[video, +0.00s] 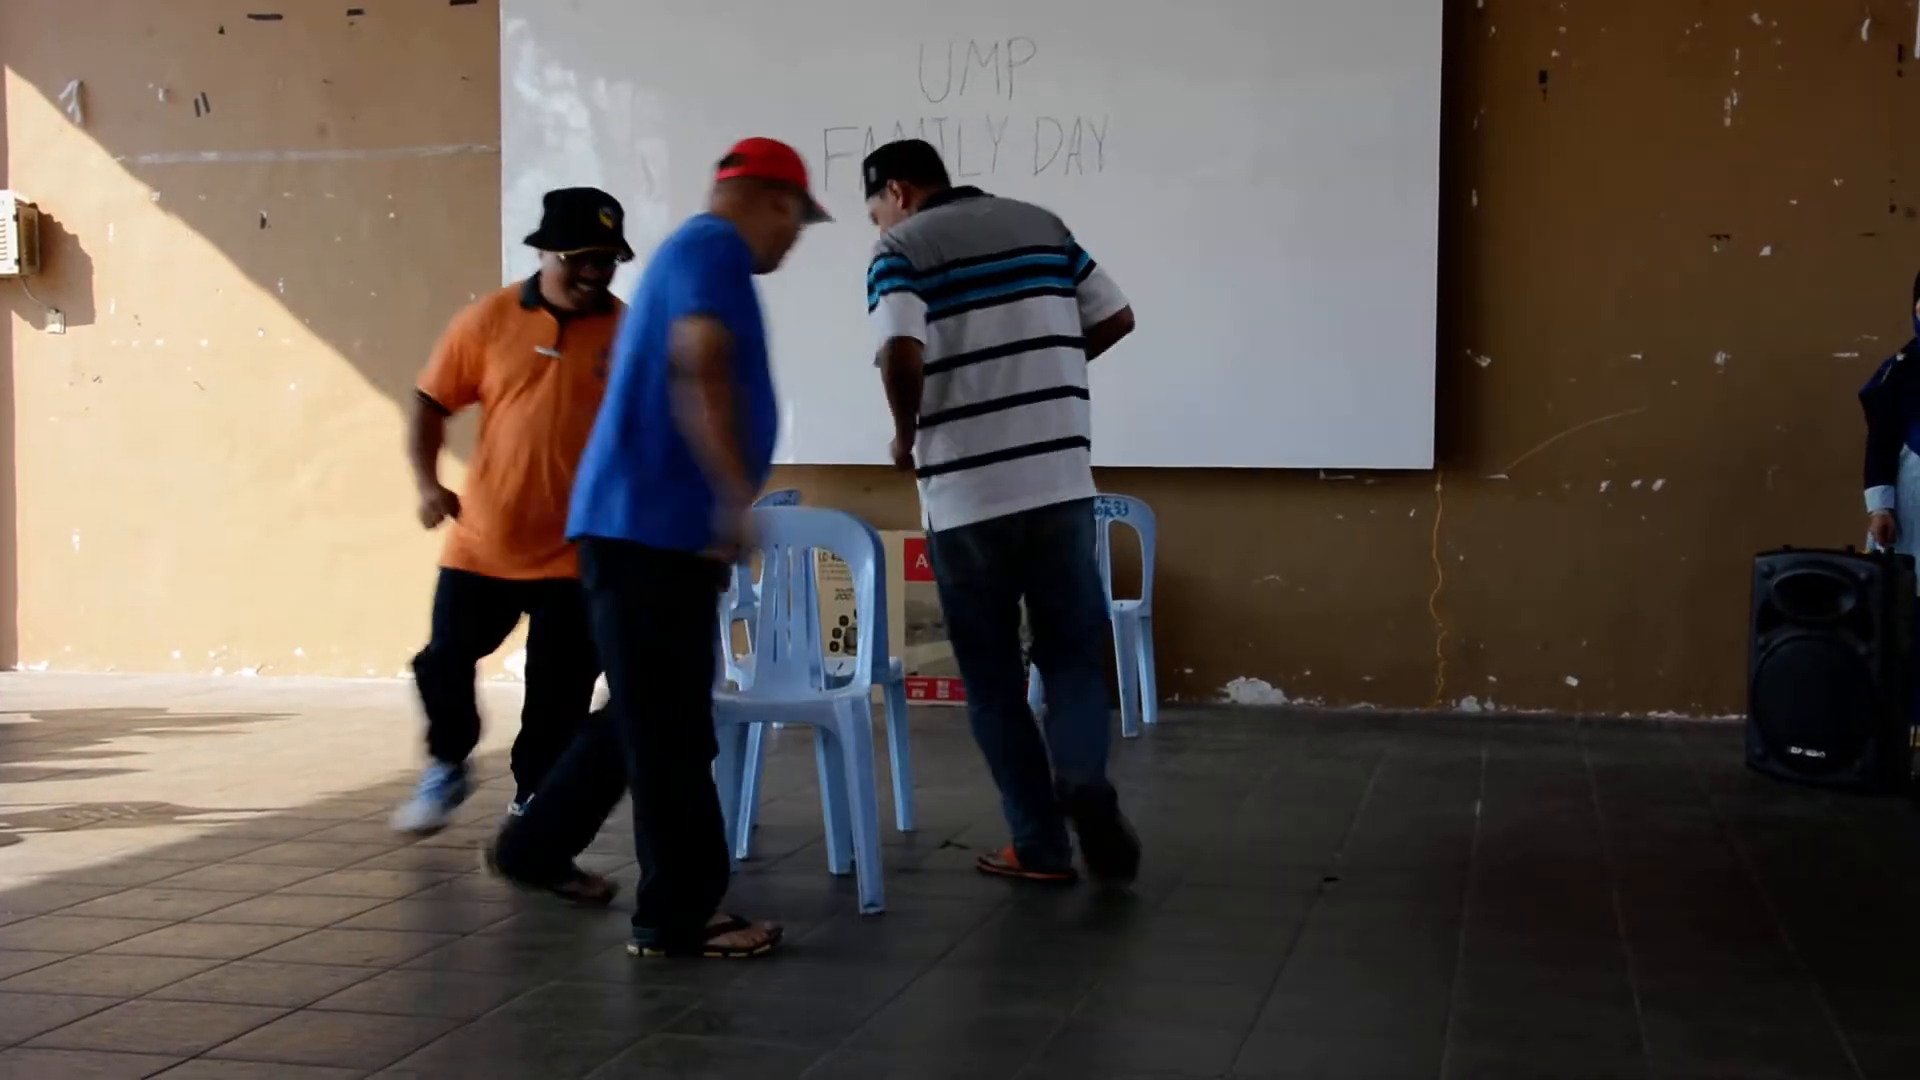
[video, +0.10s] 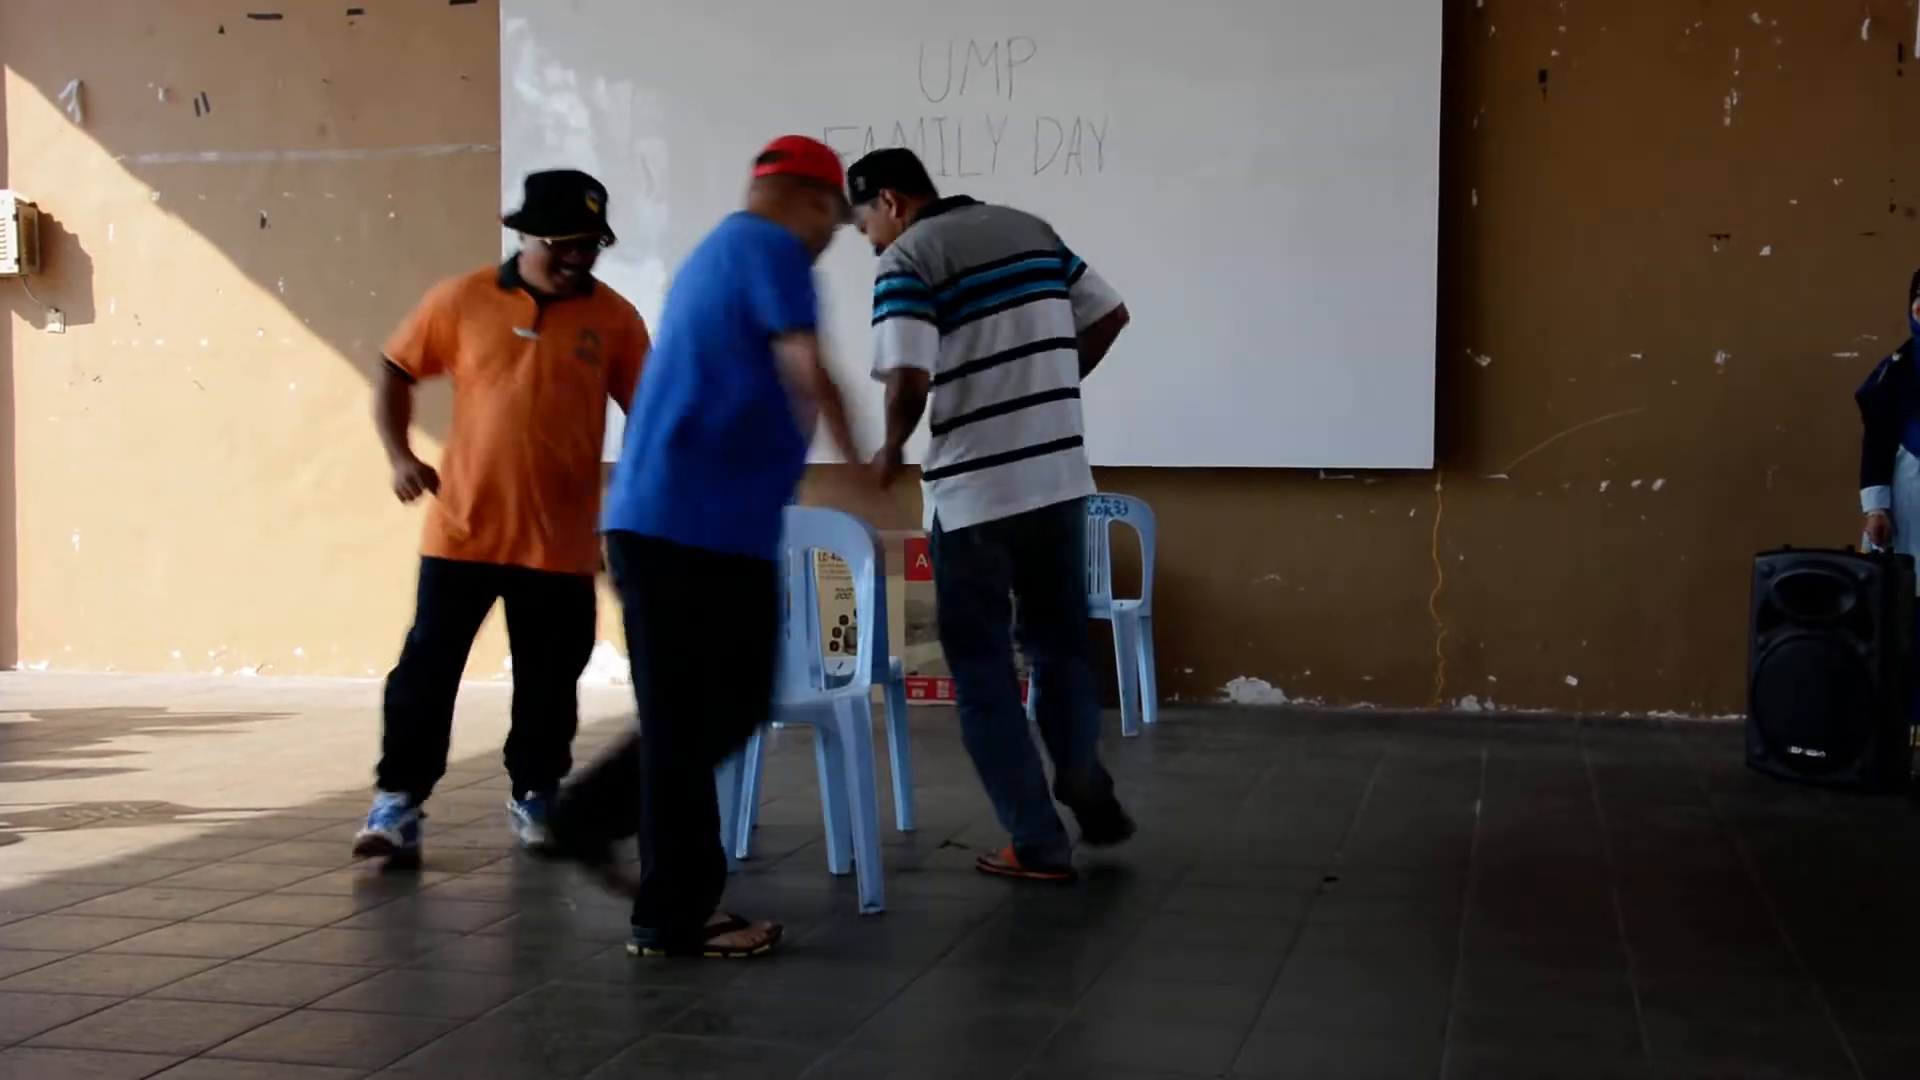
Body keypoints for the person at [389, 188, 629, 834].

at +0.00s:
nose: (594, 272)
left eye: (606, 260)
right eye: (580, 257)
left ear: (618, 262)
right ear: (545, 253)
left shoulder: (627, 335)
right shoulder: (489, 321)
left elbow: (653, 429)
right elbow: (430, 402)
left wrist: (637, 517)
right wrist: (428, 483)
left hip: (578, 544)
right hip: (488, 536)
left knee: (561, 696)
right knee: (443, 662)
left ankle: (539, 821)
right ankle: (449, 765)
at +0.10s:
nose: (582, 254)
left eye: (592, 242)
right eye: (568, 241)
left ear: (601, 243)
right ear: (530, 236)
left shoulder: (613, 320)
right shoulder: (461, 301)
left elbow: (662, 417)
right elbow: (396, 368)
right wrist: (400, 455)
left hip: (560, 535)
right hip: (464, 525)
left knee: (551, 682)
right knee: (426, 668)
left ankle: (538, 799)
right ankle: (398, 803)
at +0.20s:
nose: (556, 268)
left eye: (569, 255)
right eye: (542, 253)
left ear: (582, 251)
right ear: (504, 238)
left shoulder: (590, 323)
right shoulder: (436, 302)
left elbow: (626, 411)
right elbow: (363, 371)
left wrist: (619, 483)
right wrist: (371, 445)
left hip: (542, 535)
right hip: (441, 527)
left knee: (527, 677)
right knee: (409, 679)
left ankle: (504, 780)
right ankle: (387, 814)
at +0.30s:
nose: (556, 280)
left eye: (568, 267)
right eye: (544, 264)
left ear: (578, 259)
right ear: (501, 246)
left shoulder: (577, 332)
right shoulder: (423, 311)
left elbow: (605, 421)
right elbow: (352, 391)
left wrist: (601, 500)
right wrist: (390, 444)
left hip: (526, 542)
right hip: (426, 537)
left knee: (517, 676)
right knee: (395, 690)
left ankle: (468, 801)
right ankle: (386, 818)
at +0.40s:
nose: (585, 260)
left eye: (593, 248)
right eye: (574, 245)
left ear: (592, 242)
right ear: (526, 227)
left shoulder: (584, 317)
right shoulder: (433, 288)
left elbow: (598, 401)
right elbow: (367, 374)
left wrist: (587, 480)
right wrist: (432, 429)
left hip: (529, 532)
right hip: (428, 525)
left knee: (501, 693)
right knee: (399, 679)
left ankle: (451, 837)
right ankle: (381, 803)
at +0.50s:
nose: (602, 273)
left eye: (612, 262)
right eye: (595, 255)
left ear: (608, 256)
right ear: (549, 232)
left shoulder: (597, 329)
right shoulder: (451, 290)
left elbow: (600, 426)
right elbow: (377, 379)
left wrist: (602, 493)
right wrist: (428, 467)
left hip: (532, 549)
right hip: (432, 534)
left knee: (501, 712)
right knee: (396, 678)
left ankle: (444, 851)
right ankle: (362, 788)